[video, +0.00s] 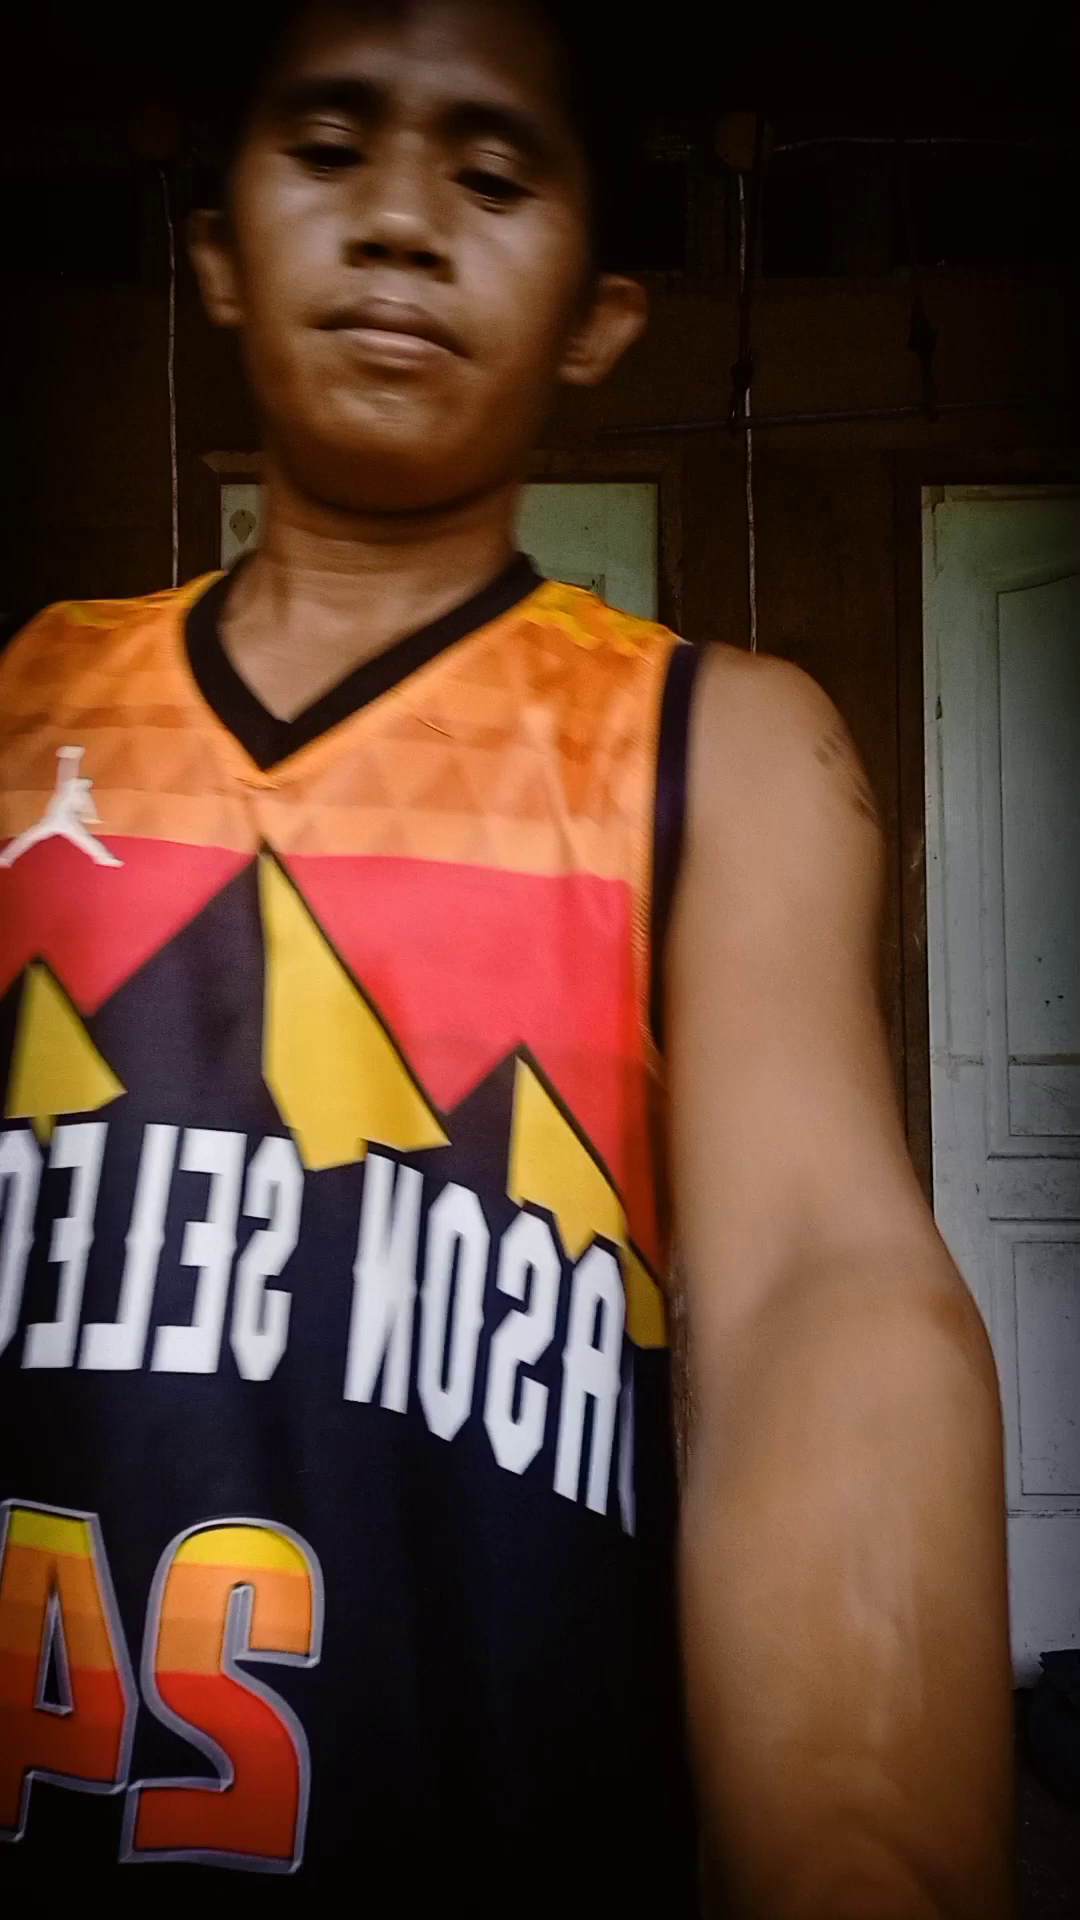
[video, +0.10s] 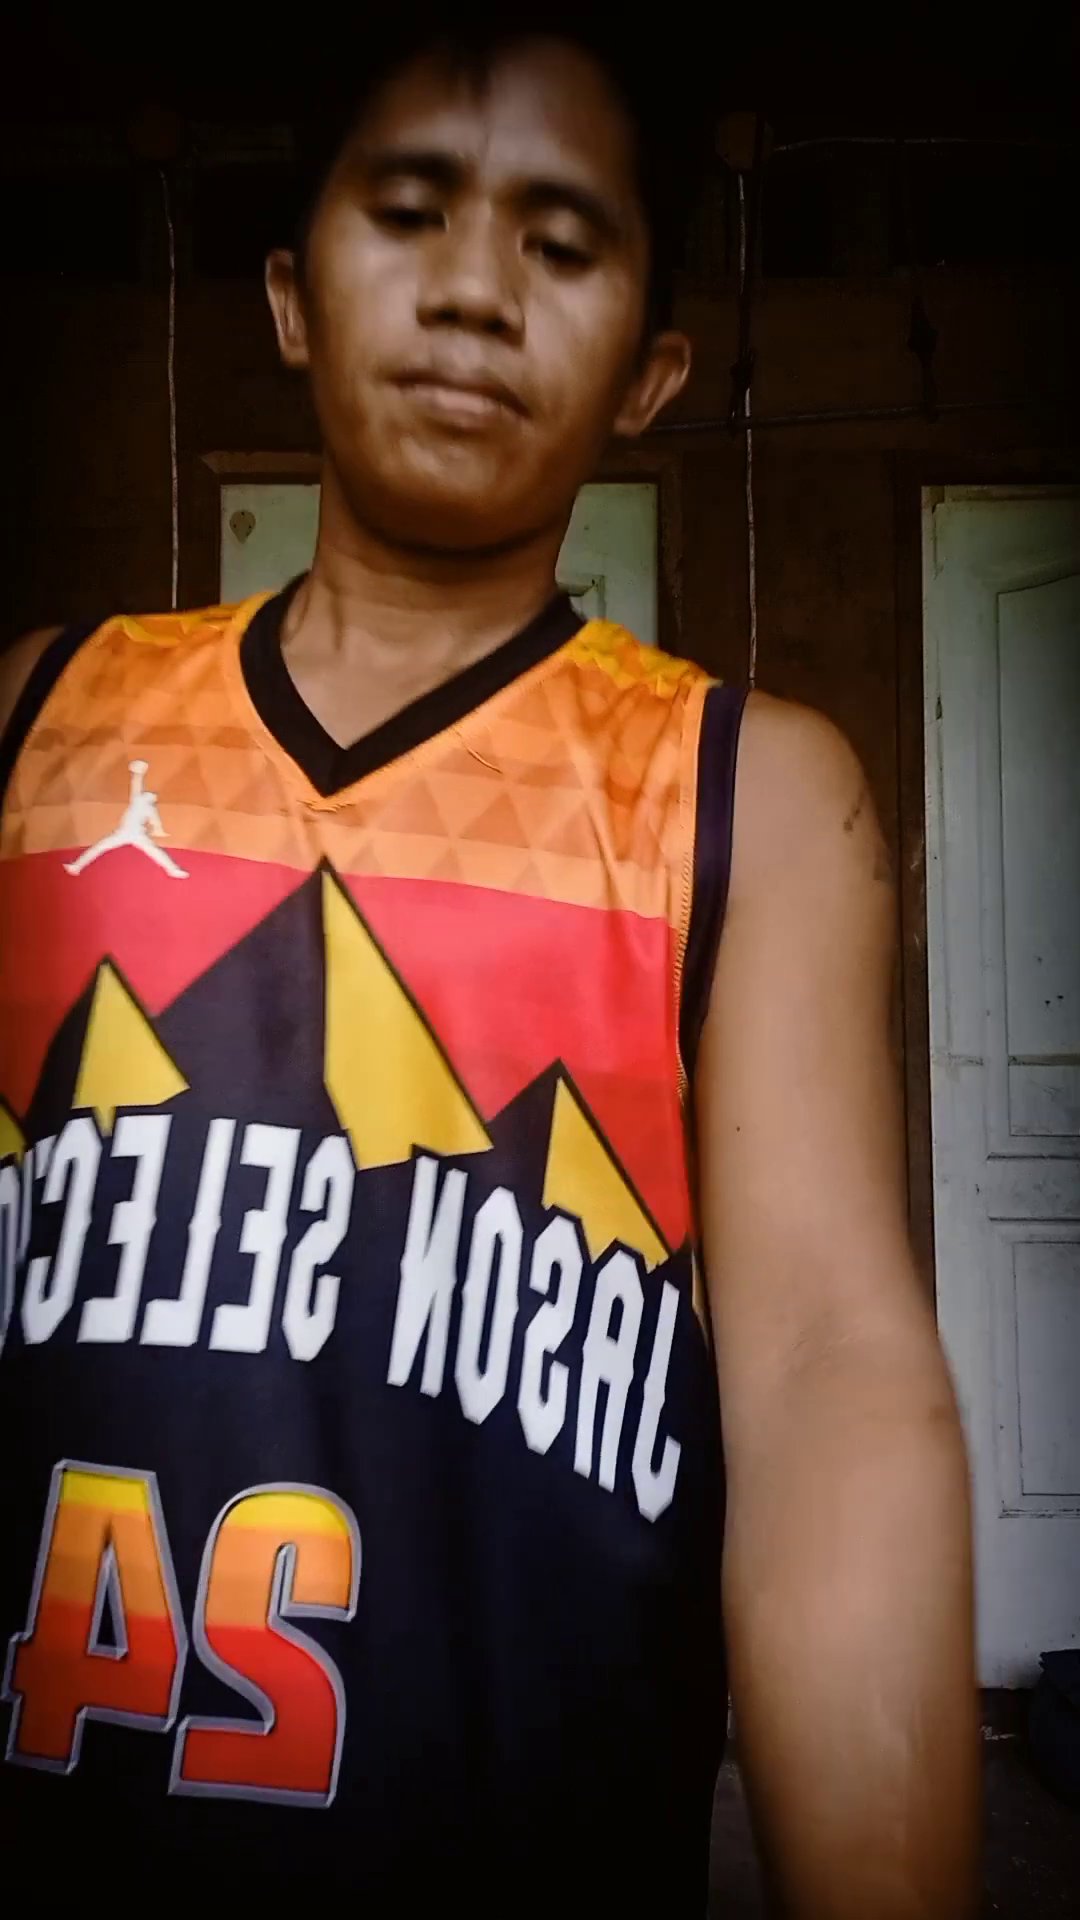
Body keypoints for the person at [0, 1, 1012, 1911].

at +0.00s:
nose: (399, 220)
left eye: (489, 169)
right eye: (328, 145)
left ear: (593, 321)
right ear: (219, 262)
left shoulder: (725, 743)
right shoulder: (30, 700)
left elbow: (821, 1318)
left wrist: (858, 1881)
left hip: (510, 1798)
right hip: (38, 1790)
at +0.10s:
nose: (474, 290)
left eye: (561, 242)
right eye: (406, 210)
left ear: (648, 377)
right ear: (291, 303)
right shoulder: (42, 715)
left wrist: (888, 1899)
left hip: (531, 1821)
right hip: (52, 1784)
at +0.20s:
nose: (483, 400)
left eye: (540, 357)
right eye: (416, 324)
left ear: (583, 450)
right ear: (272, 382)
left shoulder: (685, 832)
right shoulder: (47, 761)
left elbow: (760, 1338)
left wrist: (857, 1878)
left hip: (523, 1813)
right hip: (89, 1797)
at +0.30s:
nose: (500, 503)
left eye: (526, 460)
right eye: (443, 424)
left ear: (543, 499)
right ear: (260, 436)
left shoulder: (614, 857)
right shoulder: (40, 800)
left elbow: (688, 1288)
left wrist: (798, 1760)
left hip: (503, 1768)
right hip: (106, 1765)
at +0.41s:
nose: (488, 613)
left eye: (498, 561)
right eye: (455, 541)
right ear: (272, 499)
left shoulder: (520, 877)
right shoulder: (31, 836)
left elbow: (604, 1246)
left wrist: (713, 1607)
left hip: (458, 1742)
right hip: (106, 1740)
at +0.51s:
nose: (465, 676)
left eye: (475, 618)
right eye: (450, 606)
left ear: (307, 560)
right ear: (294, 551)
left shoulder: (449, 873)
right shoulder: (33, 833)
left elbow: (504, 1205)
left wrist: (606, 1522)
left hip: (420, 1677)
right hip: (116, 1690)